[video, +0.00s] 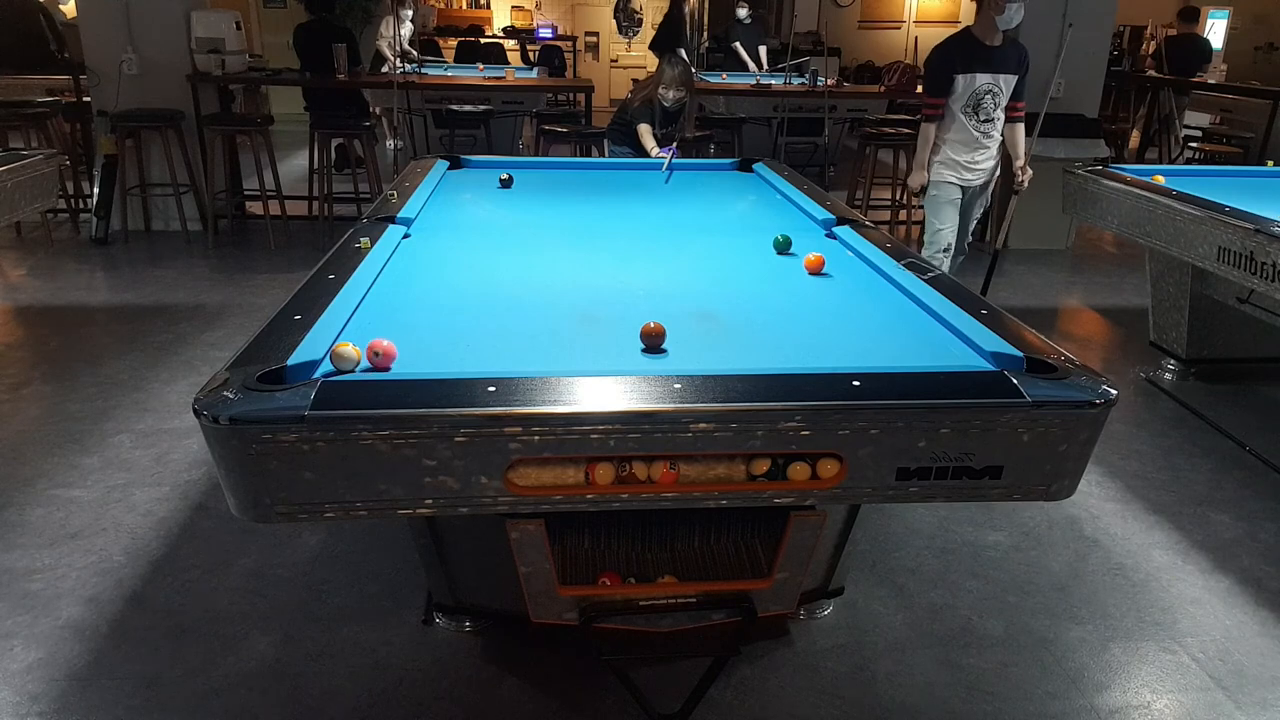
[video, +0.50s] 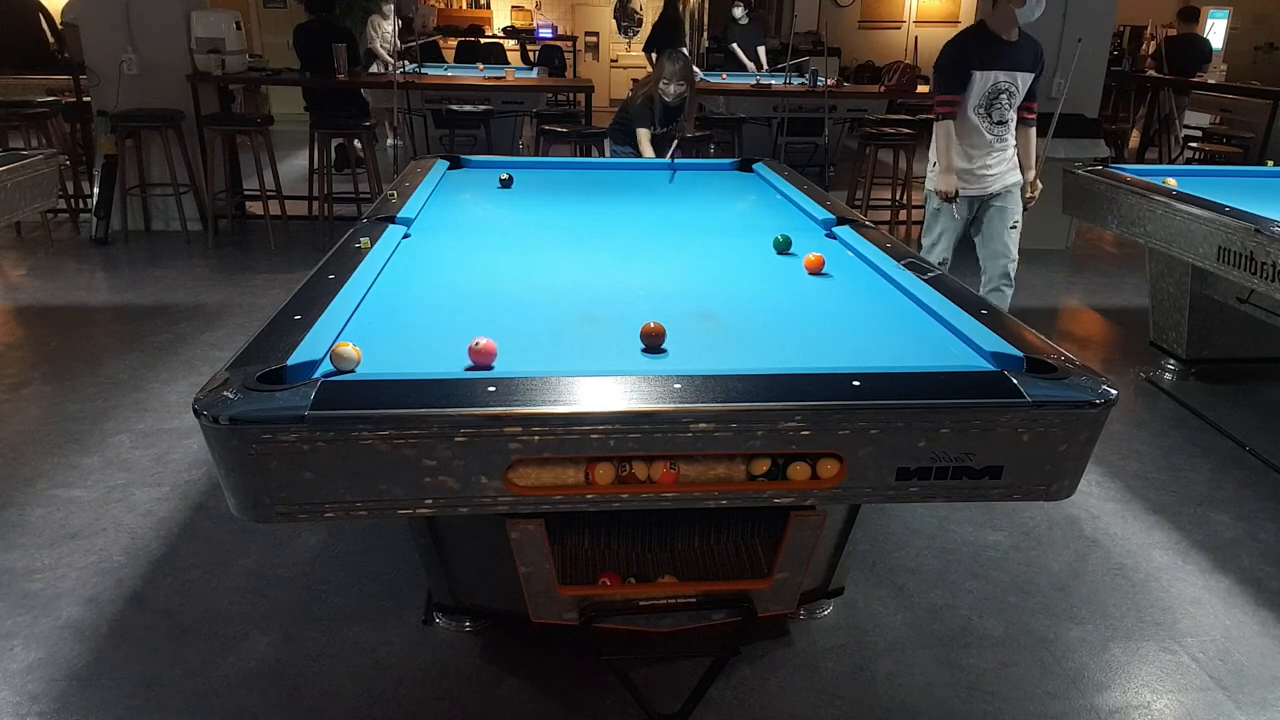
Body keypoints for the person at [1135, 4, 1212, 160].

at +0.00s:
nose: (1176, 24)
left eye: (1177, 21)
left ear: (1178, 21)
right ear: (1197, 22)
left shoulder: (1168, 41)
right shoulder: (1205, 43)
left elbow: (1150, 64)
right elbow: (1205, 70)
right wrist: (1187, 67)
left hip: (1162, 91)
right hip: (1183, 93)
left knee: (1142, 125)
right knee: (1173, 129)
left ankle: (1131, 159)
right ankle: (1169, 164)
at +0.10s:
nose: (1176, 24)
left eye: (1176, 21)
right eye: (1177, 22)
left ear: (1178, 21)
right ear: (1197, 22)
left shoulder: (1168, 41)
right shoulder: (1204, 43)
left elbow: (1150, 64)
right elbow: (1204, 69)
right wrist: (1187, 66)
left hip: (1162, 92)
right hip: (1183, 93)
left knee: (1142, 125)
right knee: (1173, 129)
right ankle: (1169, 164)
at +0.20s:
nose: (1176, 24)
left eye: (1176, 21)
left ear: (1178, 21)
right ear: (1197, 22)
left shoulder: (1168, 41)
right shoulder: (1205, 44)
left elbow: (1149, 64)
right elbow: (1205, 69)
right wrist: (1187, 67)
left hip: (1162, 92)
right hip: (1183, 93)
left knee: (1142, 126)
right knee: (1173, 129)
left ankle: (1131, 159)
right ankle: (1168, 164)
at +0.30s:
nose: (1176, 24)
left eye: (1176, 21)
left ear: (1178, 21)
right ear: (1197, 22)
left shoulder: (1167, 41)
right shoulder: (1204, 43)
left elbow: (1150, 64)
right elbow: (1204, 69)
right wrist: (1187, 66)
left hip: (1162, 92)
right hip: (1183, 93)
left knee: (1142, 125)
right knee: (1173, 129)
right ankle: (1168, 164)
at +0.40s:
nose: (1176, 24)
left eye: (1176, 21)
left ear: (1178, 21)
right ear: (1197, 22)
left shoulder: (1167, 41)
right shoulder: (1204, 43)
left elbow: (1150, 64)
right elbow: (1204, 69)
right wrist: (1187, 66)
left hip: (1162, 92)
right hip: (1183, 93)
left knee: (1142, 125)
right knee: (1173, 129)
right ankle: (1168, 164)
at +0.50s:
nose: (1176, 24)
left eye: (1176, 21)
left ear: (1178, 21)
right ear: (1197, 22)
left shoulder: (1167, 41)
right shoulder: (1204, 43)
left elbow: (1150, 64)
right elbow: (1205, 69)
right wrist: (1187, 66)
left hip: (1162, 92)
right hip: (1183, 93)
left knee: (1142, 125)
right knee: (1173, 129)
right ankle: (1168, 164)